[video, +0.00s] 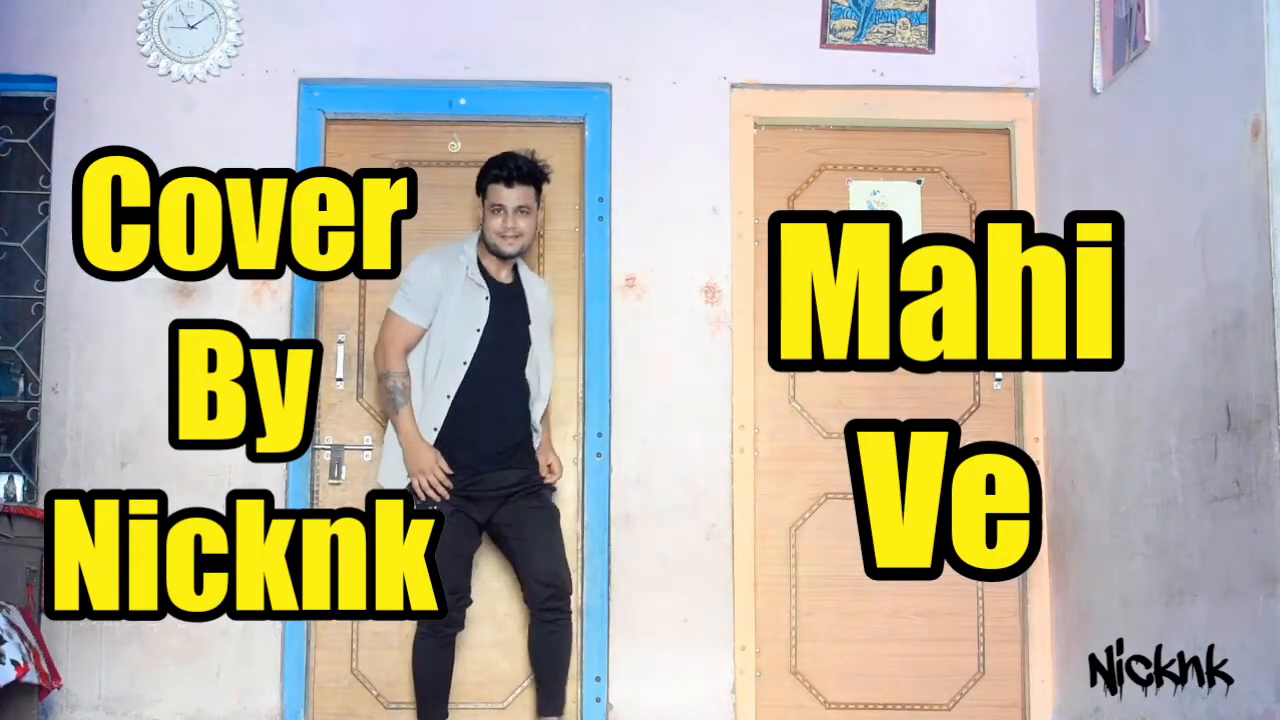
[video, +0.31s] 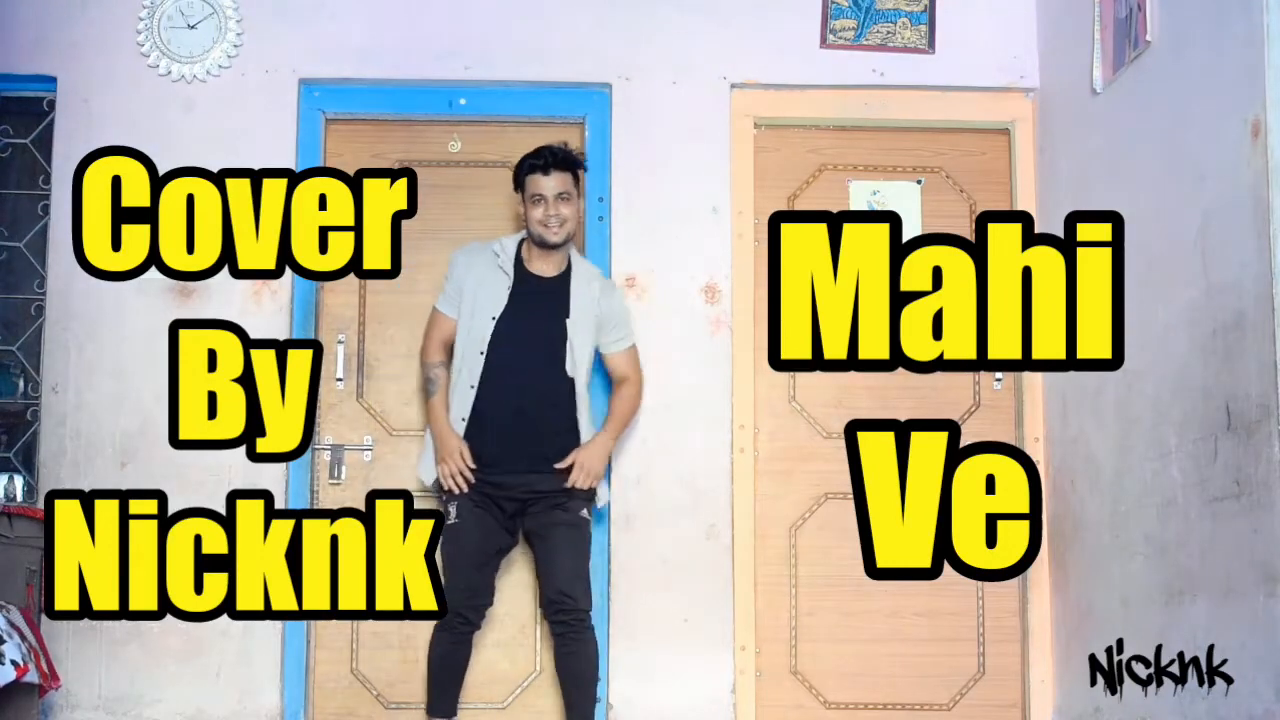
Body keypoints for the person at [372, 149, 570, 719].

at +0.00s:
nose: (510, 224)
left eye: (523, 212)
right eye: (499, 210)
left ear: (538, 218)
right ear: (480, 212)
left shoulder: (539, 292)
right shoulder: (435, 271)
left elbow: (537, 377)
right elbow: (390, 354)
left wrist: (545, 442)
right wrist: (412, 444)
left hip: (519, 480)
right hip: (447, 481)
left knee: (553, 596)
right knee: (442, 613)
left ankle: (550, 716)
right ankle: (433, 719)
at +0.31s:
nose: (552, 211)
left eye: (563, 198)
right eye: (538, 199)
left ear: (579, 204)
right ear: (520, 205)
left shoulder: (598, 289)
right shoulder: (473, 265)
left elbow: (630, 381)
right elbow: (435, 354)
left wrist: (603, 445)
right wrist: (442, 433)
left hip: (559, 488)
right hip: (478, 484)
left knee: (570, 615)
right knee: (458, 613)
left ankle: (582, 718)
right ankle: (439, 716)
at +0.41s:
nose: (560, 215)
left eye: (573, 203)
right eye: (548, 204)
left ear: (590, 211)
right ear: (531, 210)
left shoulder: (609, 289)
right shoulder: (486, 269)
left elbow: (648, 383)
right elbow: (452, 356)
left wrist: (609, 445)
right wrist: (455, 431)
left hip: (572, 488)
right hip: (492, 483)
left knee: (577, 616)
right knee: (466, 612)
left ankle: (584, 719)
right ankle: (449, 716)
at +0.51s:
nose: (563, 215)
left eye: (575, 202)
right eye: (550, 203)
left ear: (593, 209)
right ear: (534, 210)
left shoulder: (616, 285)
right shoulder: (496, 271)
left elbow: (655, 378)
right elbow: (469, 358)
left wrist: (610, 442)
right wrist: (469, 432)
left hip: (576, 487)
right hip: (500, 482)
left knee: (579, 615)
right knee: (470, 608)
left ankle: (585, 719)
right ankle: (472, 714)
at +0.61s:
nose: (562, 209)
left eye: (574, 197)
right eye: (549, 197)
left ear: (591, 202)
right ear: (532, 204)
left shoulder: (617, 281)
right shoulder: (503, 268)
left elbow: (655, 370)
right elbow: (480, 360)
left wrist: (605, 436)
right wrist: (476, 430)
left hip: (577, 481)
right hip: (504, 477)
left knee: (576, 610)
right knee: (481, 602)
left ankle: (583, 717)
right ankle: (498, 713)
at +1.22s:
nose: (502, 219)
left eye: (518, 207)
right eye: (492, 204)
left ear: (536, 209)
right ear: (477, 205)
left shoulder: (568, 251)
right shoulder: (457, 296)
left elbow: (623, 330)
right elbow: (454, 391)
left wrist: (602, 412)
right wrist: (463, 446)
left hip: (572, 462)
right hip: (498, 469)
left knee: (576, 608)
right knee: (448, 595)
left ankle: (583, 718)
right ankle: (426, 713)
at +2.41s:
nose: (421, 235)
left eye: (435, 224)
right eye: (410, 222)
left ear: (449, 232)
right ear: (391, 226)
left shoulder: (474, 280)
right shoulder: (368, 311)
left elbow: (545, 322)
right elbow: (392, 397)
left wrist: (525, 246)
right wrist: (457, 338)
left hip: (475, 488)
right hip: (394, 495)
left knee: (521, 579)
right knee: (386, 620)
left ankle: (469, 696)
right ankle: (386, 717)